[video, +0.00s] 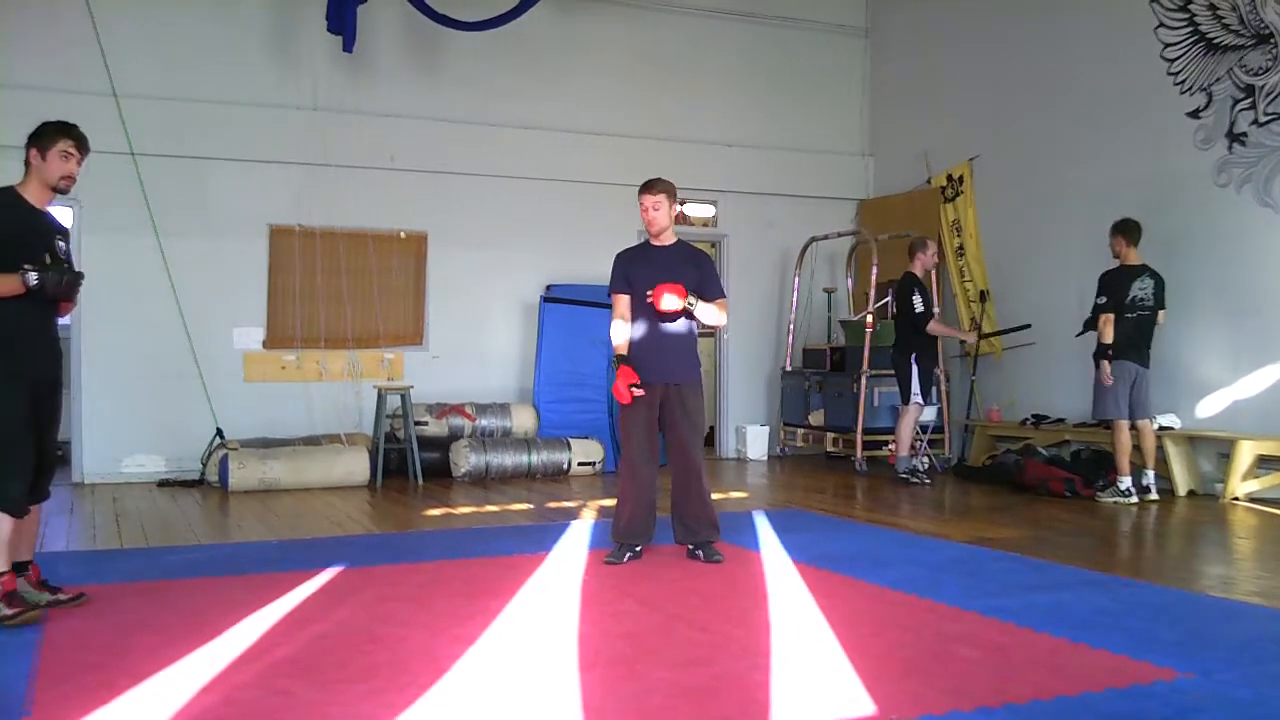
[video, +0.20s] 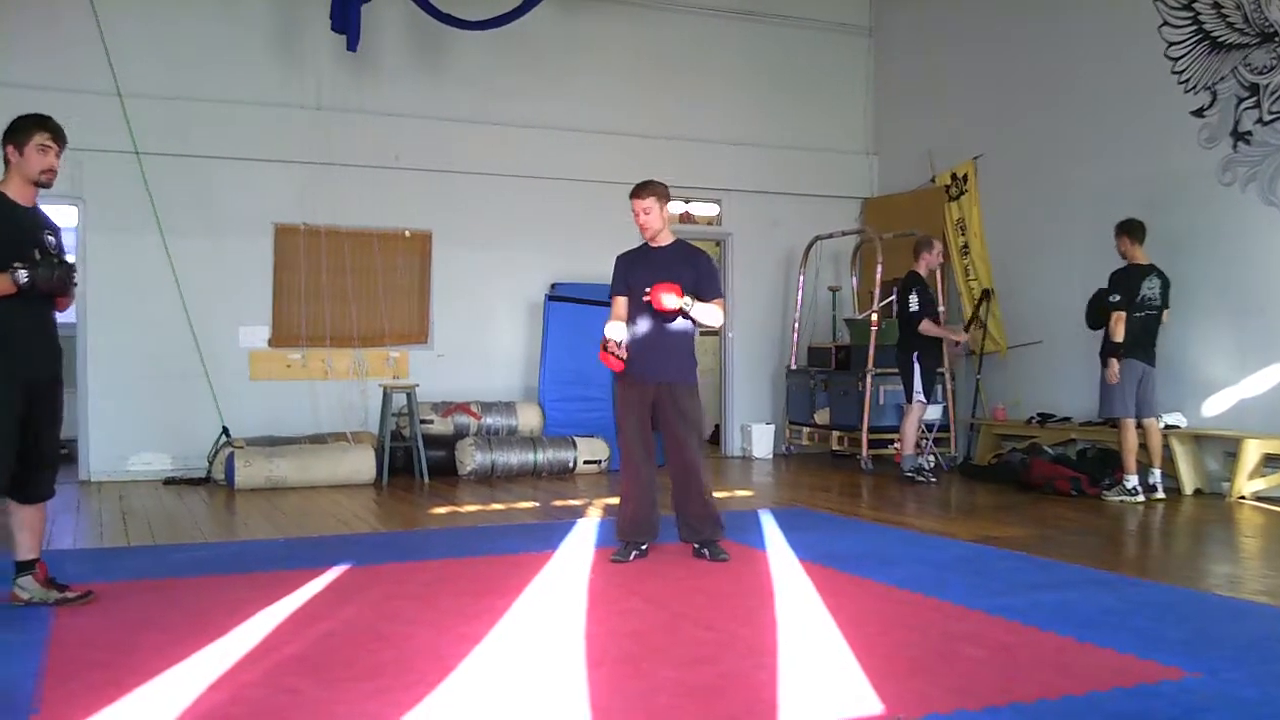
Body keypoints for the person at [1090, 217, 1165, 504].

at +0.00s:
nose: (1110, 245)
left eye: (1112, 240)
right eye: (1111, 240)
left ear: (1122, 241)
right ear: (1136, 241)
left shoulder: (1111, 277)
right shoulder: (1155, 277)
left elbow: (1106, 320)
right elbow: (1160, 317)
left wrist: (1103, 356)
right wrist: (1130, 315)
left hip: (1118, 357)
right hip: (1142, 359)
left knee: (1120, 422)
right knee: (1144, 420)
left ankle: (1124, 485)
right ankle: (1150, 483)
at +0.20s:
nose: (1117, 246)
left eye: (1118, 241)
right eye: (1117, 241)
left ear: (1126, 241)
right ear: (1141, 240)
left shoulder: (1121, 277)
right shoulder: (1160, 277)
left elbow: (1118, 319)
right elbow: (1163, 317)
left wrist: (1112, 356)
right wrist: (1134, 313)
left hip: (1125, 355)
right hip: (1148, 357)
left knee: (1126, 420)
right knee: (1150, 419)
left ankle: (1130, 483)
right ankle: (1156, 481)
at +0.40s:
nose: (1190, 250)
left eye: (1192, 245)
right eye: (1190, 245)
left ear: (1201, 245)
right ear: (1214, 246)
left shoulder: (1195, 280)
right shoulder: (1233, 282)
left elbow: (1189, 326)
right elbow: (1234, 322)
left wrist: (1166, 353)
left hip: (1196, 361)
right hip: (1219, 362)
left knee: (1199, 428)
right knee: (1222, 426)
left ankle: (1203, 492)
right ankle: (1229, 491)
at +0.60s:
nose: (1184, 252)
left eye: (1186, 247)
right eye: (1185, 247)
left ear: (1198, 247)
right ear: (1209, 247)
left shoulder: (1191, 281)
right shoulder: (1228, 284)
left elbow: (1178, 324)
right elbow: (1207, 318)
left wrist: (1159, 318)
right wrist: (1174, 304)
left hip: (1188, 361)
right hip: (1212, 362)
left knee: (1190, 427)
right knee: (1212, 426)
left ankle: (1193, 491)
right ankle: (1219, 490)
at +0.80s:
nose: (1173, 253)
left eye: (1174, 247)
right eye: (1172, 248)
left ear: (1187, 245)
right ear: (1196, 245)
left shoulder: (1181, 278)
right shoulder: (1217, 281)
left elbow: (1169, 319)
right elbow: (1194, 314)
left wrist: (1146, 302)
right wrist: (1162, 297)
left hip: (1177, 359)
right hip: (1201, 359)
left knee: (1180, 425)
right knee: (1202, 423)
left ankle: (1183, 489)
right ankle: (1209, 488)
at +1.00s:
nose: (1189, 254)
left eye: (1190, 249)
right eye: (1188, 249)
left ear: (1203, 244)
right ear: (1210, 244)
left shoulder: (1202, 277)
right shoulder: (1233, 279)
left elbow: (1192, 319)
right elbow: (1208, 315)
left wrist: (1171, 305)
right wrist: (1177, 300)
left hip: (1194, 360)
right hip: (1216, 361)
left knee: (1196, 426)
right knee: (1217, 424)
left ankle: (1199, 490)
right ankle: (1224, 489)